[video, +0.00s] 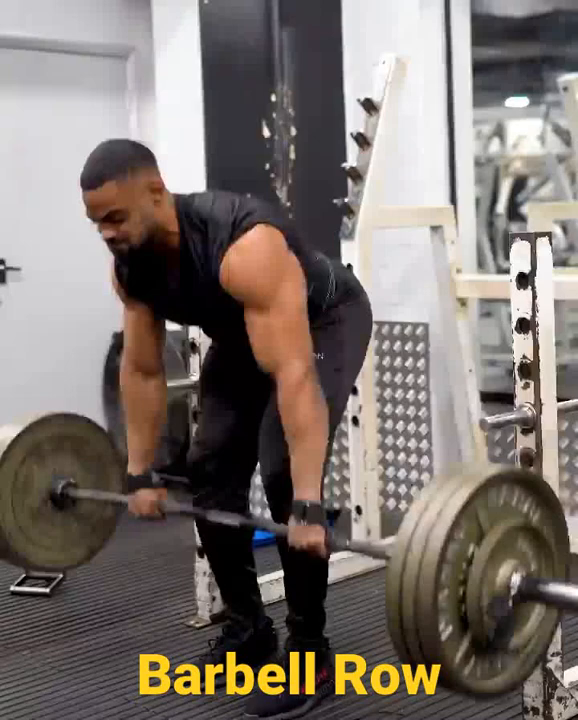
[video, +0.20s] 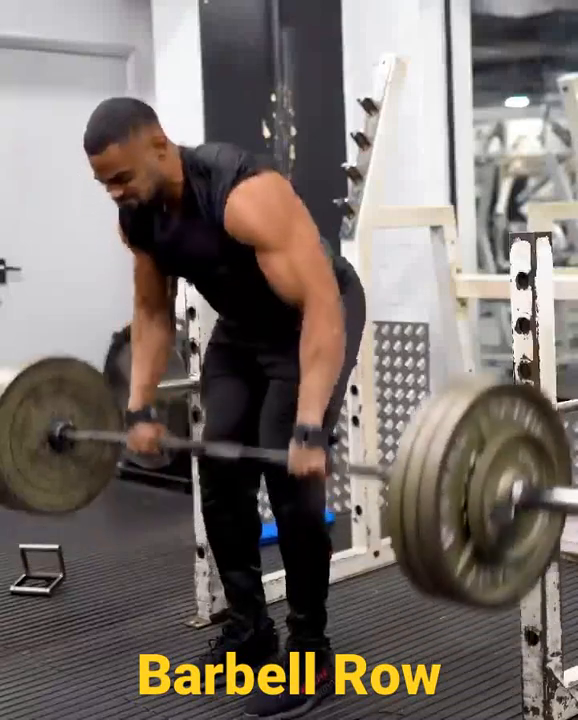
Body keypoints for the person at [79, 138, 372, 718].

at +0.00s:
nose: (107, 236)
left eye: (114, 219)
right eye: (97, 224)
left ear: (156, 192)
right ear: (91, 215)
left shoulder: (247, 247)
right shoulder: (134, 266)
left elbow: (295, 372)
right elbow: (142, 370)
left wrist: (308, 501)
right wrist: (141, 473)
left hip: (324, 317)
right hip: (242, 330)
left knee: (285, 476)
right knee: (211, 474)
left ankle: (306, 649)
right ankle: (246, 629)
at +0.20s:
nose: (115, 194)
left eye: (121, 177)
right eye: (106, 183)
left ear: (162, 144)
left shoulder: (248, 192)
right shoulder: (139, 217)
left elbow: (324, 301)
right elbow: (152, 312)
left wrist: (310, 426)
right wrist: (141, 407)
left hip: (312, 320)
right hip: (241, 329)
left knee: (291, 468)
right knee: (219, 466)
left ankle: (308, 648)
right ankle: (247, 627)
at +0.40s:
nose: (125, 163)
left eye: (131, 147)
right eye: (115, 154)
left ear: (167, 108)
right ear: (105, 138)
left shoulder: (255, 143)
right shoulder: (148, 166)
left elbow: (355, 219)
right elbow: (164, 235)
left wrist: (320, 327)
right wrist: (147, 315)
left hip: (299, 319)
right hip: (227, 320)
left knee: (292, 479)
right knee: (227, 480)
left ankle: (309, 648)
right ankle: (249, 629)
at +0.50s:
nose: (126, 174)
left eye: (129, 157)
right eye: (116, 165)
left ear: (164, 115)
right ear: (105, 148)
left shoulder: (254, 141)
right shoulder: (152, 170)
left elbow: (366, 197)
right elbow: (166, 225)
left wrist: (324, 299)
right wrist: (149, 292)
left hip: (298, 322)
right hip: (225, 323)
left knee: (285, 476)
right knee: (220, 474)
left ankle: (307, 647)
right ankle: (248, 626)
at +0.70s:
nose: (124, 198)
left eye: (126, 182)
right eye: (112, 189)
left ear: (157, 140)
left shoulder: (251, 155)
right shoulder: (153, 185)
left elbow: (366, 194)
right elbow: (165, 229)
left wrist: (328, 294)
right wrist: (149, 287)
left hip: (305, 324)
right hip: (233, 329)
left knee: (288, 472)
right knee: (219, 474)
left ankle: (309, 647)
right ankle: (248, 628)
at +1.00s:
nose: (137, 185)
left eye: (142, 168)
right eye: (127, 175)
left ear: (179, 132)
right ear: (120, 161)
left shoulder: (267, 172)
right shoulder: (157, 195)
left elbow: (350, 273)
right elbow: (165, 276)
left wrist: (327, 384)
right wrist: (153, 363)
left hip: (308, 336)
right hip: (238, 339)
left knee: (302, 488)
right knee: (226, 484)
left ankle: (311, 649)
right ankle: (248, 628)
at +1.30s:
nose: (120, 206)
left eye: (124, 189)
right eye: (110, 196)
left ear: (162, 153)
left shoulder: (255, 206)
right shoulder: (142, 223)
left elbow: (318, 323)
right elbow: (151, 323)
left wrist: (319, 449)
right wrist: (148, 421)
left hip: (318, 311)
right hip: (244, 324)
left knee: (302, 471)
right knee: (223, 470)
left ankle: (310, 649)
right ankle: (247, 628)